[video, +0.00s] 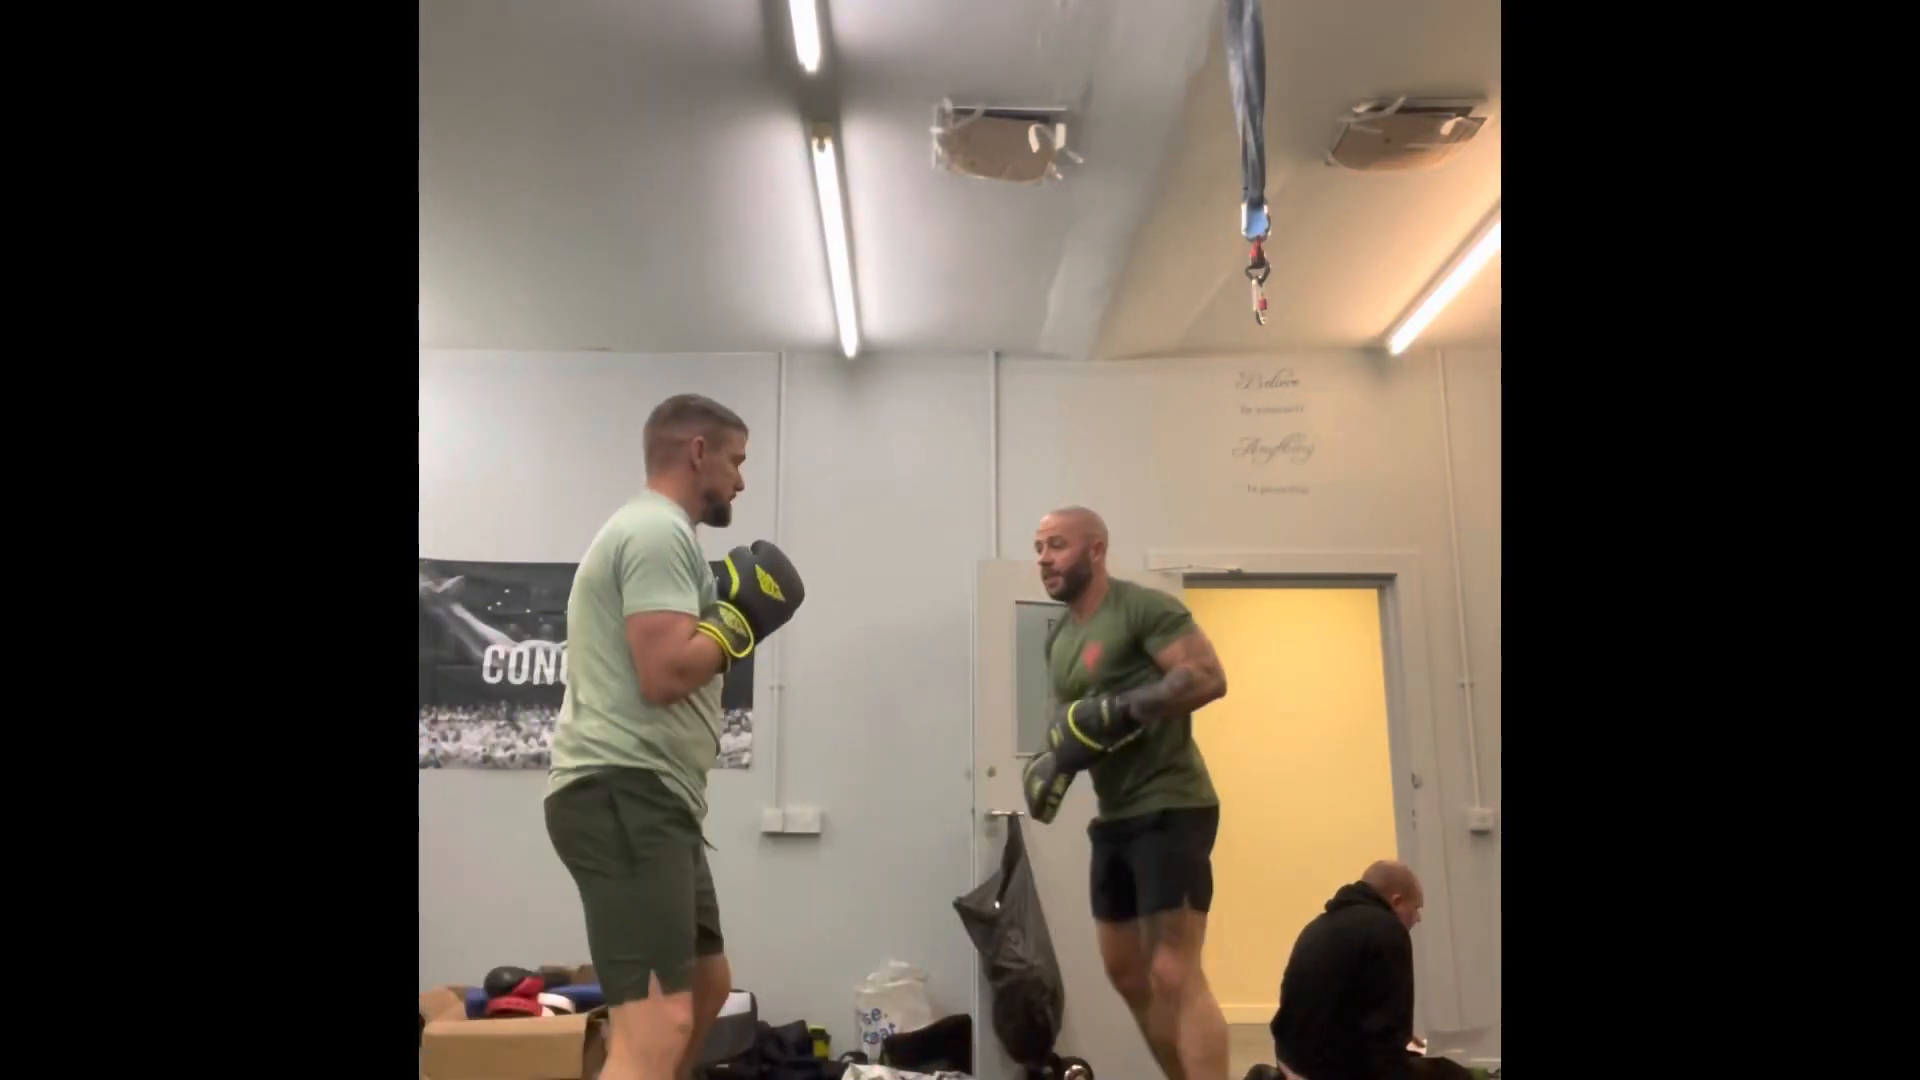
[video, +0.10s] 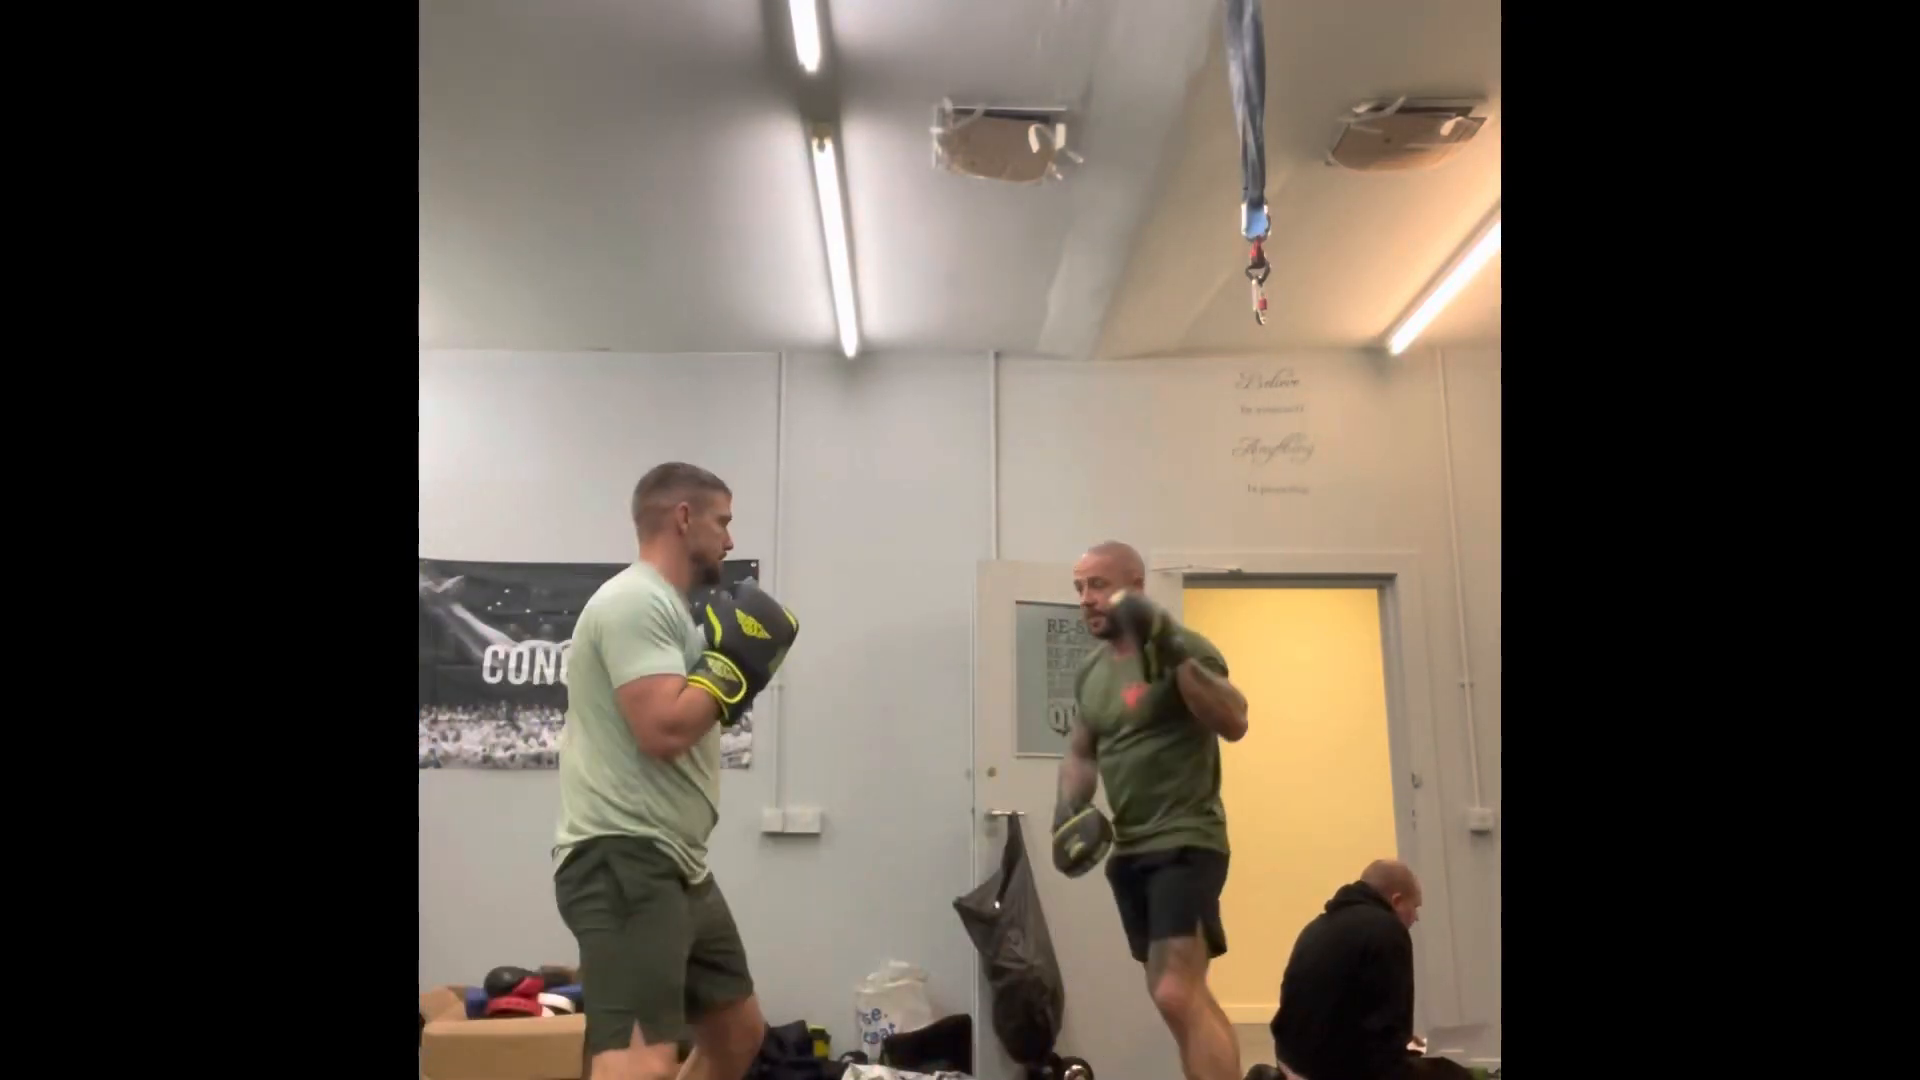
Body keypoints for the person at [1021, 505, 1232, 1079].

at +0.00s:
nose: (1044, 559)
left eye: (1056, 546)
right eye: (1039, 549)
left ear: (1094, 550)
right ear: (1040, 557)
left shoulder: (1146, 607)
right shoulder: (1059, 638)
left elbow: (1207, 676)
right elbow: (1074, 720)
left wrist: (1120, 709)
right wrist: (1055, 762)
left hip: (1174, 808)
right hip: (1115, 817)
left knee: (1175, 972)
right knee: (1128, 973)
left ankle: (1212, 1079)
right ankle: (1187, 1075)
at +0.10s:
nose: (1086, 599)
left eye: (1099, 587)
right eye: (1080, 588)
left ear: (1136, 589)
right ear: (1078, 596)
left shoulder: (1183, 648)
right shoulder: (1092, 673)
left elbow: (1234, 724)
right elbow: (1080, 755)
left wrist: (1170, 646)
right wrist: (1071, 813)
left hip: (1187, 836)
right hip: (1130, 845)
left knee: (1174, 993)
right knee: (1185, 995)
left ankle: (1225, 1076)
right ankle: (1231, 1077)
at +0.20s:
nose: (1092, 600)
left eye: (1104, 587)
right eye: (1087, 589)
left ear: (1141, 588)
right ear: (1087, 594)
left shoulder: (1184, 645)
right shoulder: (1097, 670)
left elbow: (1243, 710)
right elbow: (1093, 756)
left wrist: (1202, 634)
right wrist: (1092, 819)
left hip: (1196, 836)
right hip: (1142, 845)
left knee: (1166, 994)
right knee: (1206, 1000)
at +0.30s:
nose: (1074, 596)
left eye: (1083, 582)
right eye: (1071, 585)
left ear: (1119, 582)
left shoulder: (1165, 638)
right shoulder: (1107, 673)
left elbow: (1184, 691)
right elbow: (1107, 760)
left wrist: (1131, 623)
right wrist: (1092, 823)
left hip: (1190, 833)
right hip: (1156, 839)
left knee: (1150, 992)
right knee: (1198, 999)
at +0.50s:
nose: (1117, 593)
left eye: (1128, 580)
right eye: (1115, 582)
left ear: (1167, 583)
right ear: (1151, 586)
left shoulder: (1209, 633)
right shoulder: (1146, 669)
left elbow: (1268, 681)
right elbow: (1147, 752)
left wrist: (1180, 718)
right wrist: (1124, 808)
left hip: (1229, 830)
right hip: (1192, 836)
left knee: (1176, 980)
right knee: (1225, 1000)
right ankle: (1273, 1078)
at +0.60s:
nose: (1153, 580)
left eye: (1164, 568)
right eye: (1151, 569)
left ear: (1205, 571)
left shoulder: (1252, 632)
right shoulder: (1178, 654)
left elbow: (1286, 715)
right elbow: (1179, 742)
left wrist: (1192, 714)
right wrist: (1149, 808)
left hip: (1257, 822)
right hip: (1207, 830)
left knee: (1225, 981)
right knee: (1203, 986)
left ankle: (1283, 1078)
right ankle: (1259, 1078)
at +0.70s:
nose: (1190, 579)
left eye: (1203, 568)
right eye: (1192, 568)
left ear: (1246, 577)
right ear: (1235, 579)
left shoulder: (1284, 647)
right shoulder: (1221, 662)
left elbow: (1283, 741)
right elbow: (1224, 758)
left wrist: (1200, 711)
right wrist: (1182, 831)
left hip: (1295, 849)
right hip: (1244, 854)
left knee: (1281, 1023)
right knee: (1235, 1007)